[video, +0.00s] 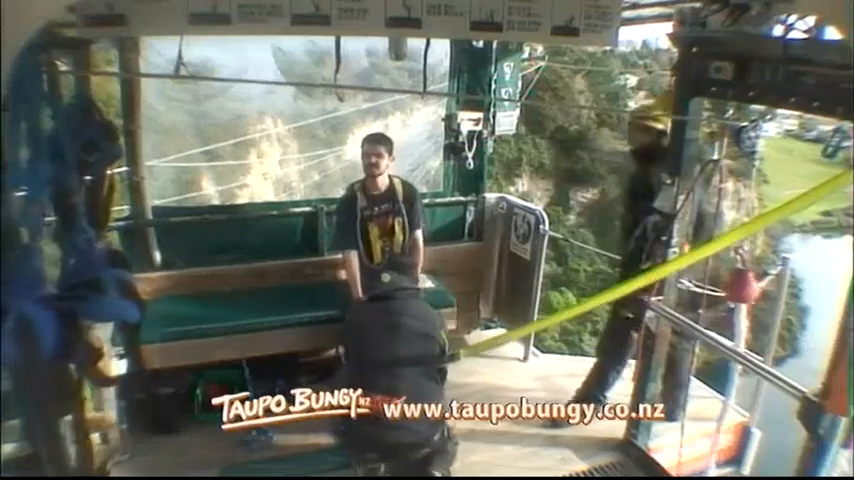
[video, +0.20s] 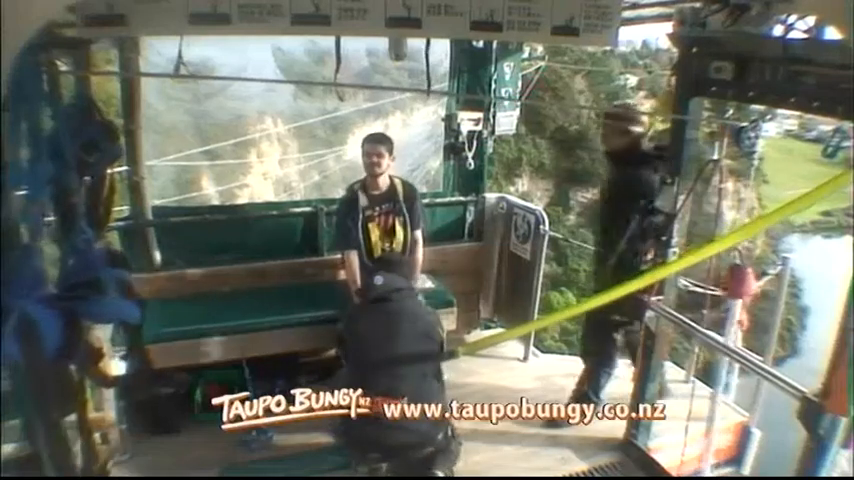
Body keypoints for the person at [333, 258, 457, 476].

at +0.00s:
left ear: (369, 281)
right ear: (413, 278)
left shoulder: (358, 315)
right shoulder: (429, 316)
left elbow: (352, 366)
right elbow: (440, 369)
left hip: (367, 437)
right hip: (418, 437)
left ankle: (368, 463)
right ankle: (436, 469)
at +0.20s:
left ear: (370, 283)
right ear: (409, 282)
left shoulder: (355, 319)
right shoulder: (429, 317)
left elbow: (350, 363)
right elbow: (439, 355)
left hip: (373, 439)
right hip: (424, 437)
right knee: (450, 436)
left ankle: (371, 463)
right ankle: (439, 469)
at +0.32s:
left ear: (370, 280)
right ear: (410, 280)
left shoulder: (355, 319)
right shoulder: (427, 316)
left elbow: (349, 361)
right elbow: (439, 353)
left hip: (378, 442)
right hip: (426, 439)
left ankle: (371, 460)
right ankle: (441, 462)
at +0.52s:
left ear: (370, 284)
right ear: (413, 280)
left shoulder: (357, 320)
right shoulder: (434, 317)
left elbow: (347, 379)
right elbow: (445, 371)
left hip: (379, 442)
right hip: (427, 440)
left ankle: (371, 459)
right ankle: (437, 460)